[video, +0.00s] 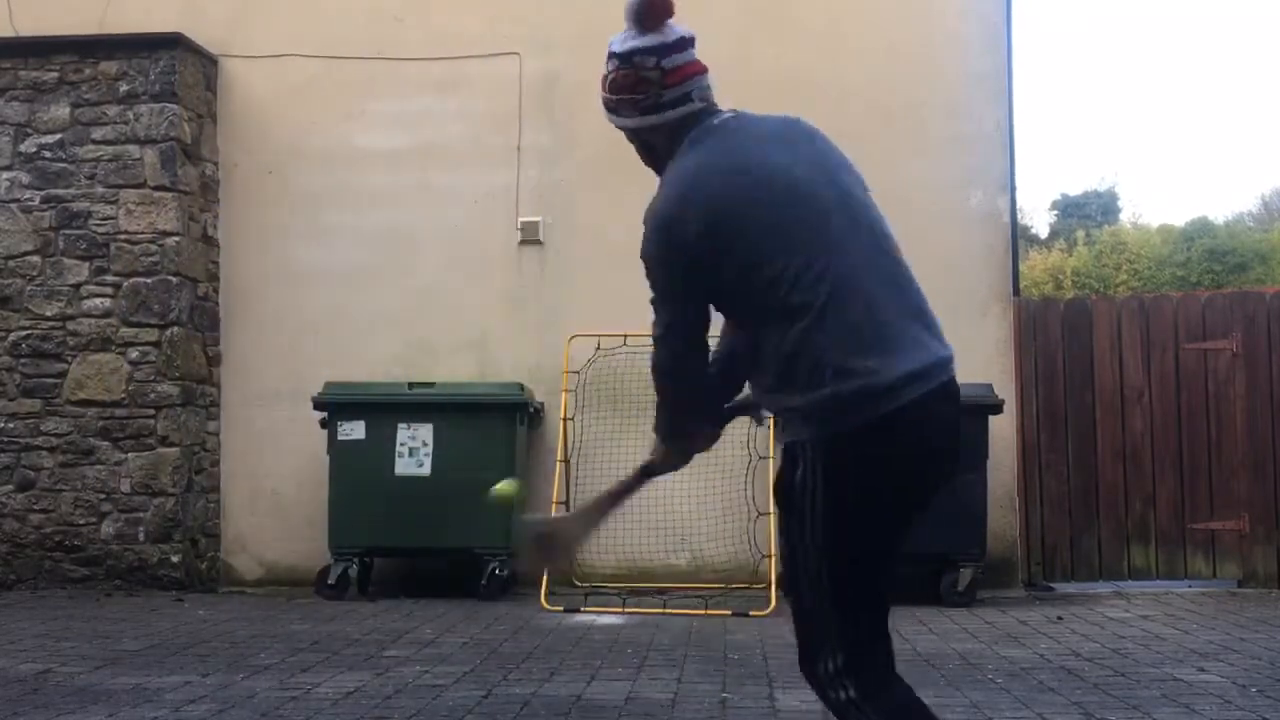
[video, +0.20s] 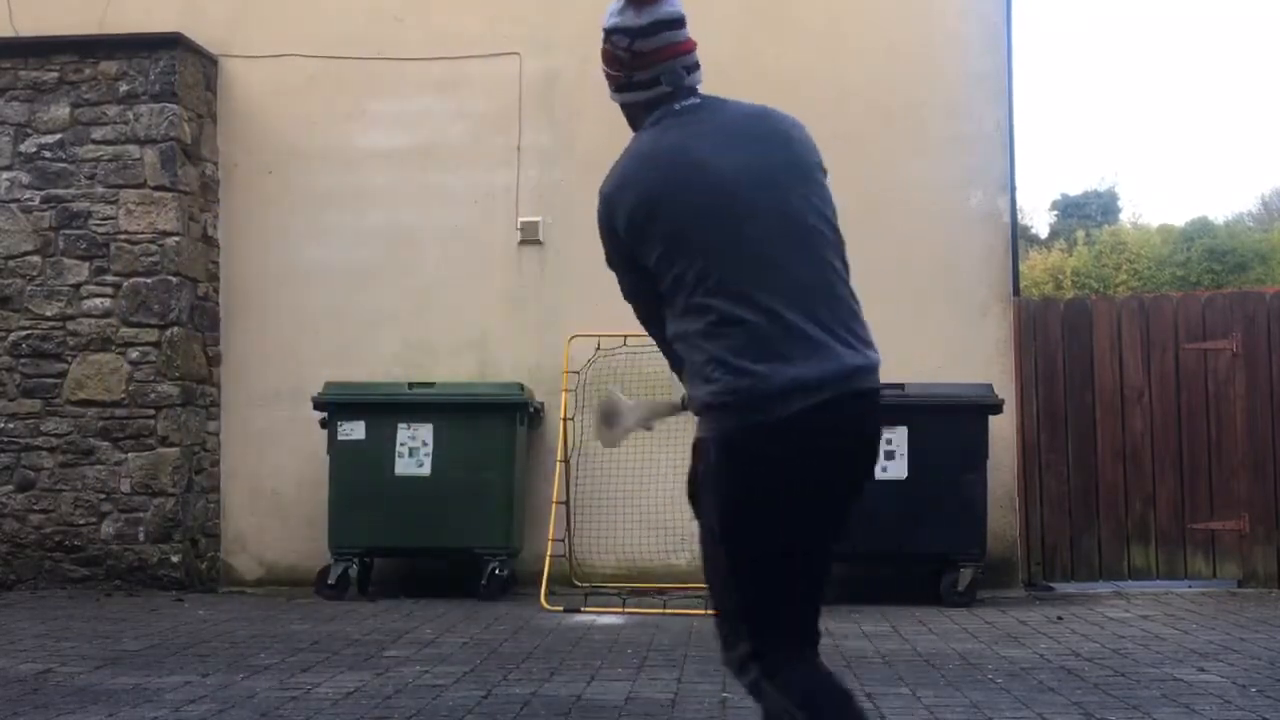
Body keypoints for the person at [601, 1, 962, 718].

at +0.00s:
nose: (632, 149)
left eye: (627, 133)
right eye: (625, 133)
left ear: (639, 130)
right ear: (702, 93)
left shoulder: (675, 210)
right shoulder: (791, 134)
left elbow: (678, 357)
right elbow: (761, 306)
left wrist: (678, 433)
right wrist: (706, 405)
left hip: (843, 429)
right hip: (930, 402)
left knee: (839, 661)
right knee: (852, 635)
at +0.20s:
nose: (609, 83)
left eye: (608, 72)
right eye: (615, 69)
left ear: (617, 80)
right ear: (693, 63)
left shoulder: (625, 189)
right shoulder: (784, 129)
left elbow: (665, 324)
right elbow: (814, 269)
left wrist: (717, 391)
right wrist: (714, 378)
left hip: (752, 425)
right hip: (852, 405)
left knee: (761, 650)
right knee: (790, 637)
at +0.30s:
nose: (607, 82)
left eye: (606, 72)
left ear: (611, 79)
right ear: (689, 65)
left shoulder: (611, 187)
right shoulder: (774, 134)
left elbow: (645, 324)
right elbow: (814, 261)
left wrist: (713, 379)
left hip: (726, 429)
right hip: (831, 411)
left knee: (705, 640)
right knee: (783, 620)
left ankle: (786, 711)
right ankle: (792, 717)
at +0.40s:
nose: (588, 83)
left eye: (586, 72)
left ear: (590, 76)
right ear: (666, 63)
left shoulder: (585, 168)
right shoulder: (746, 134)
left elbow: (595, 313)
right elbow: (798, 267)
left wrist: (614, 391)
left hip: (694, 409)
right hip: (796, 398)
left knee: (616, 614)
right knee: (757, 605)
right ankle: (774, 716)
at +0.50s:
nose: (572, 79)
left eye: (571, 68)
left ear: (577, 70)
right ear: (651, 60)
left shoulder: (574, 154)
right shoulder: (729, 134)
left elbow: (573, 299)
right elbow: (775, 265)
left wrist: (574, 386)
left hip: (679, 404)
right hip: (780, 394)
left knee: (592, 611)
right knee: (736, 601)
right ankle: (764, 713)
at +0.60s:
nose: (550, 81)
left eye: (551, 73)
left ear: (555, 84)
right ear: (633, 75)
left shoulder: (550, 172)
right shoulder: (701, 158)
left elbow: (518, 322)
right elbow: (764, 292)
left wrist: (473, 341)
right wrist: (661, 335)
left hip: (641, 427)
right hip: (749, 420)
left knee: (553, 636)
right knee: (666, 604)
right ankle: (705, 715)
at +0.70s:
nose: (559, 75)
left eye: (556, 66)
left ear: (558, 81)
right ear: (635, 69)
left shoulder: (543, 176)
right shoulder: (710, 158)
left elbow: (465, 297)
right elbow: (786, 253)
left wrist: (395, 308)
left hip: (612, 439)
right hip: (725, 433)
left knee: (543, 644)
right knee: (667, 615)